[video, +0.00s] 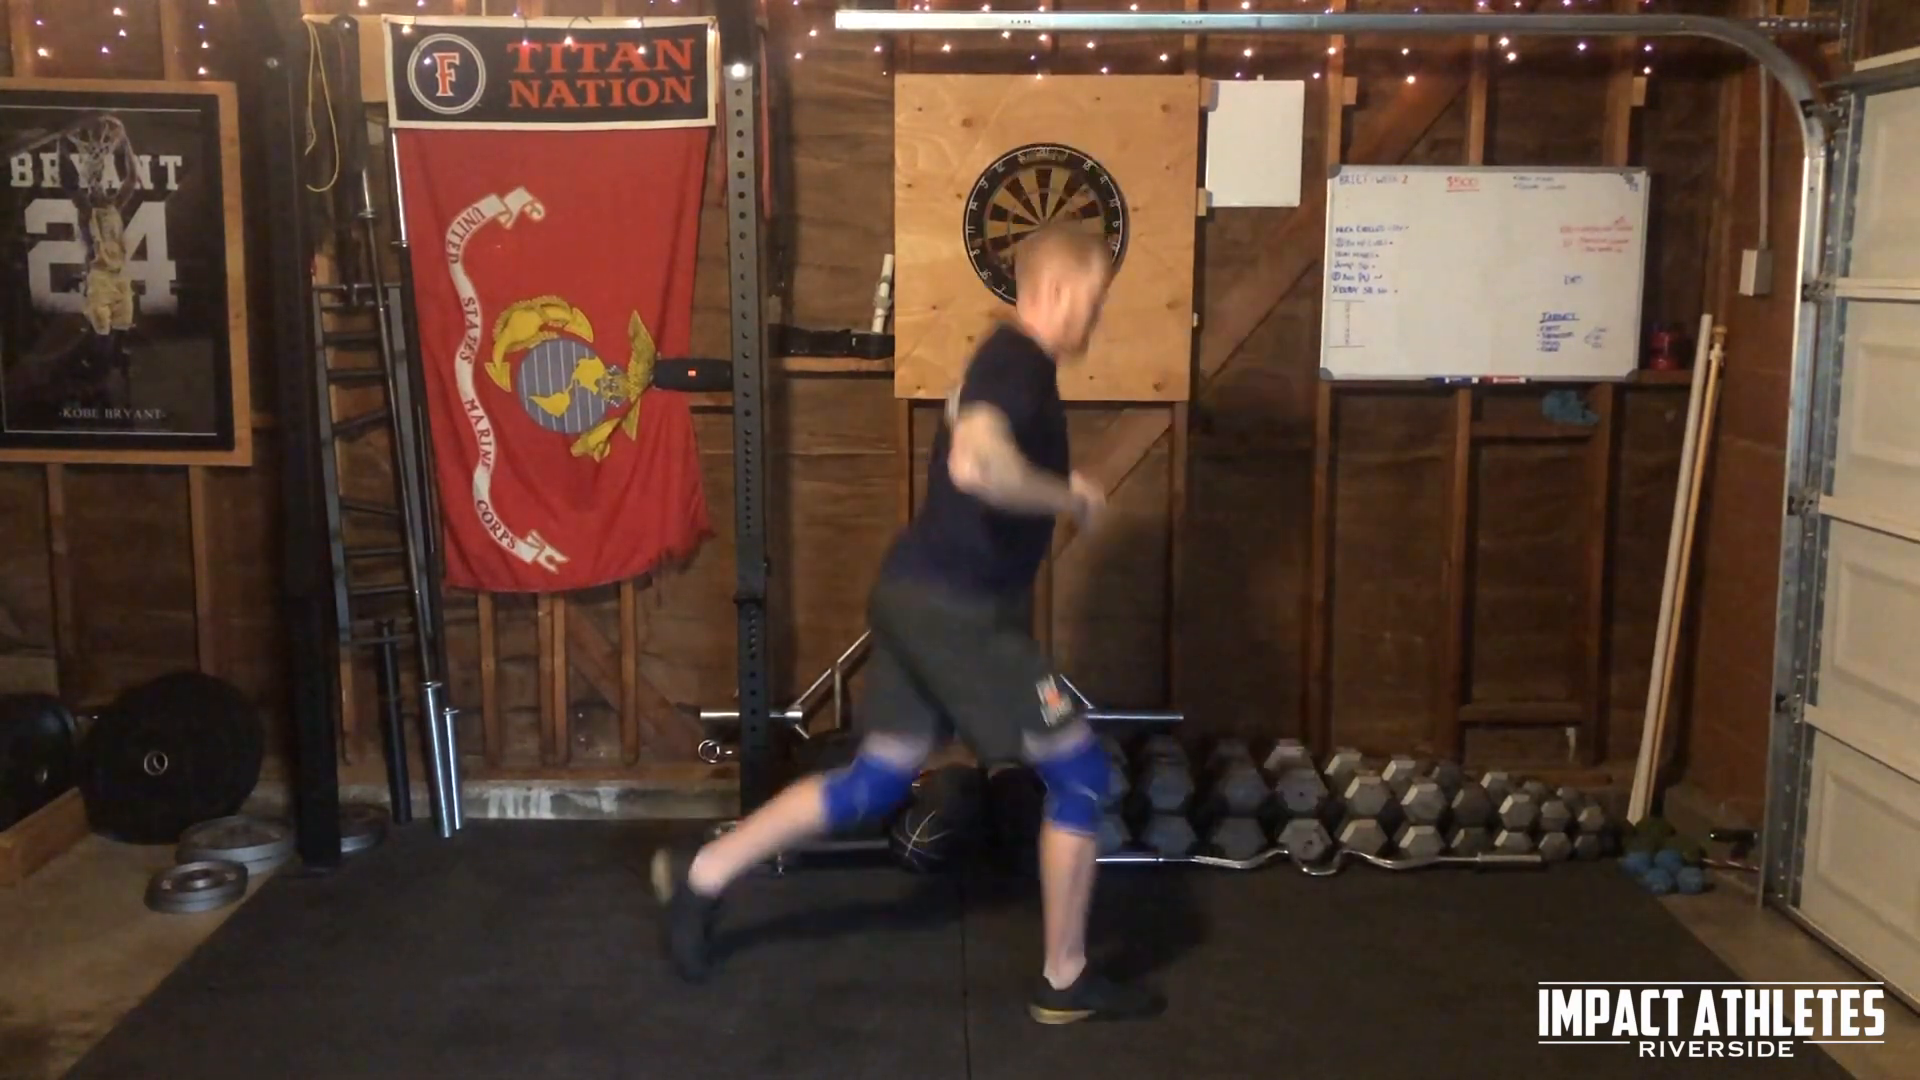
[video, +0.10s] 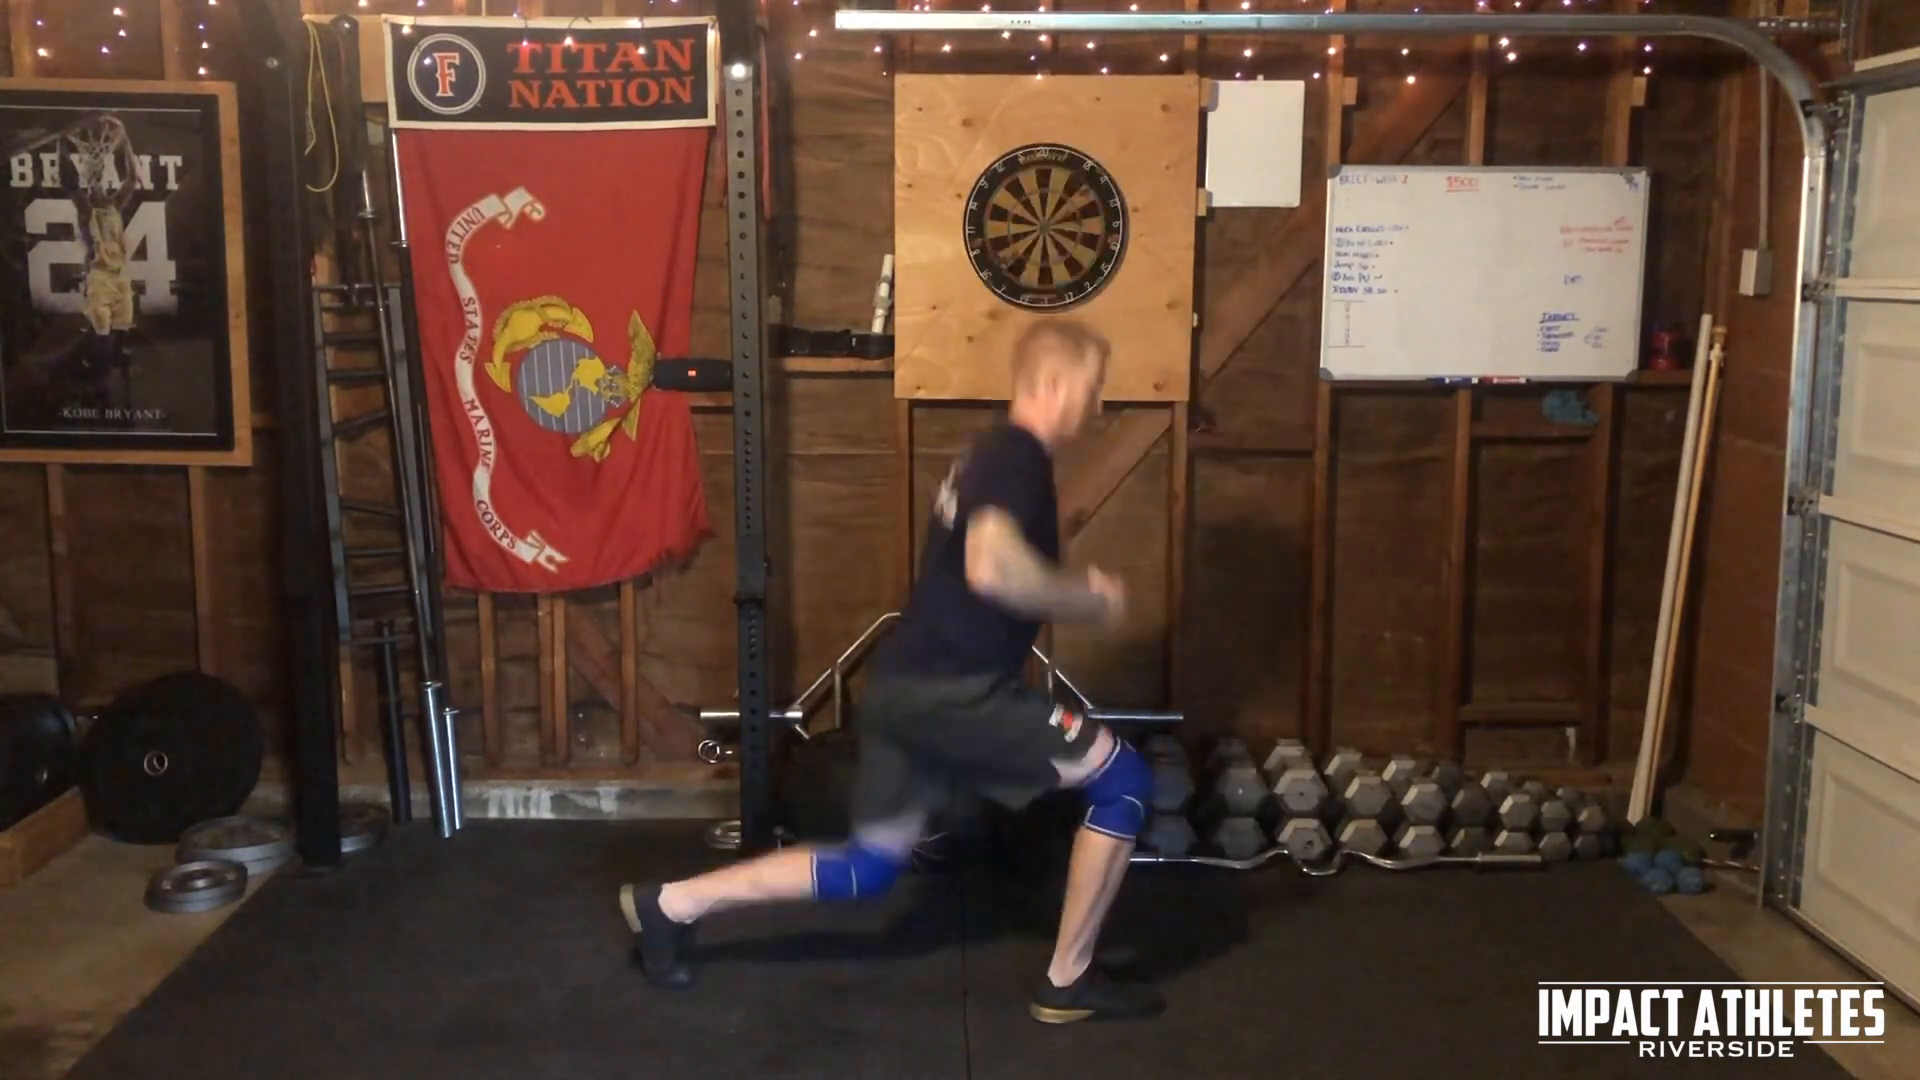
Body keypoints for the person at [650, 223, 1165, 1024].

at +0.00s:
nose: (1098, 314)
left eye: (1100, 298)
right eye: (1093, 297)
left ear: (1041, 289)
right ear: (1053, 290)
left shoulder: (1010, 356)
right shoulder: (1014, 361)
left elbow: (961, 420)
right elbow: (978, 461)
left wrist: (1048, 484)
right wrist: (1070, 496)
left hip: (922, 599)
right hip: (951, 607)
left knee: (873, 782)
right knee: (1079, 769)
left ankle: (699, 873)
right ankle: (1066, 977)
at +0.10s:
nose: (1096, 406)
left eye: (1098, 391)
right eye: (1093, 390)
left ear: (1031, 382)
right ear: (1058, 387)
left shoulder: (986, 456)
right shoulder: (1016, 458)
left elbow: (971, 568)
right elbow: (993, 568)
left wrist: (1066, 581)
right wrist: (1091, 597)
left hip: (904, 689)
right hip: (950, 693)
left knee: (869, 866)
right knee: (1122, 783)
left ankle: (669, 904)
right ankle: (1069, 976)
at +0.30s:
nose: (1091, 497)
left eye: (1091, 482)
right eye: (1087, 481)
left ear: (1034, 478)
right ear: (1049, 478)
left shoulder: (985, 542)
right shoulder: (1014, 552)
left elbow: (983, 685)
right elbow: (999, 696)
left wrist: (1073, 717)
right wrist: (1095, 720)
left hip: (898, 773)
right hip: (942, 772)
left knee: (883, 944)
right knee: (1139, 790)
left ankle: (688, 900)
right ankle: (1069, 979)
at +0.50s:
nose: (1079, 449)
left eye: (1079, 434)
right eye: (1074, 433)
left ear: (1019, 435)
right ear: (1034, 435)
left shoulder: (986, 508)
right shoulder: (1008, 519)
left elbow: (986, 639)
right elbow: (1019, 657)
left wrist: (1046, 697)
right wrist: (1103, 630)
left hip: (915, 739)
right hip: (961, 740)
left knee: (879, 914)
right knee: (1143, 786)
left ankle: (680, 905)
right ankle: (1070, 981)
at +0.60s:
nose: (1080, 378)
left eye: (1081, 362)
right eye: (1075, 362)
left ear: (1021, 363)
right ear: (1036, 362)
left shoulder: (988, 438)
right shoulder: (1015, 446)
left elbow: (992, 546)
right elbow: (1013, 564)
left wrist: (1069, 538)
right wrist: (1094, 541)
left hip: (929, 674)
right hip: (991, 681)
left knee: (883, 834)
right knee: (1139, 784)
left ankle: (686, 899)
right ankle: (1071, 973)